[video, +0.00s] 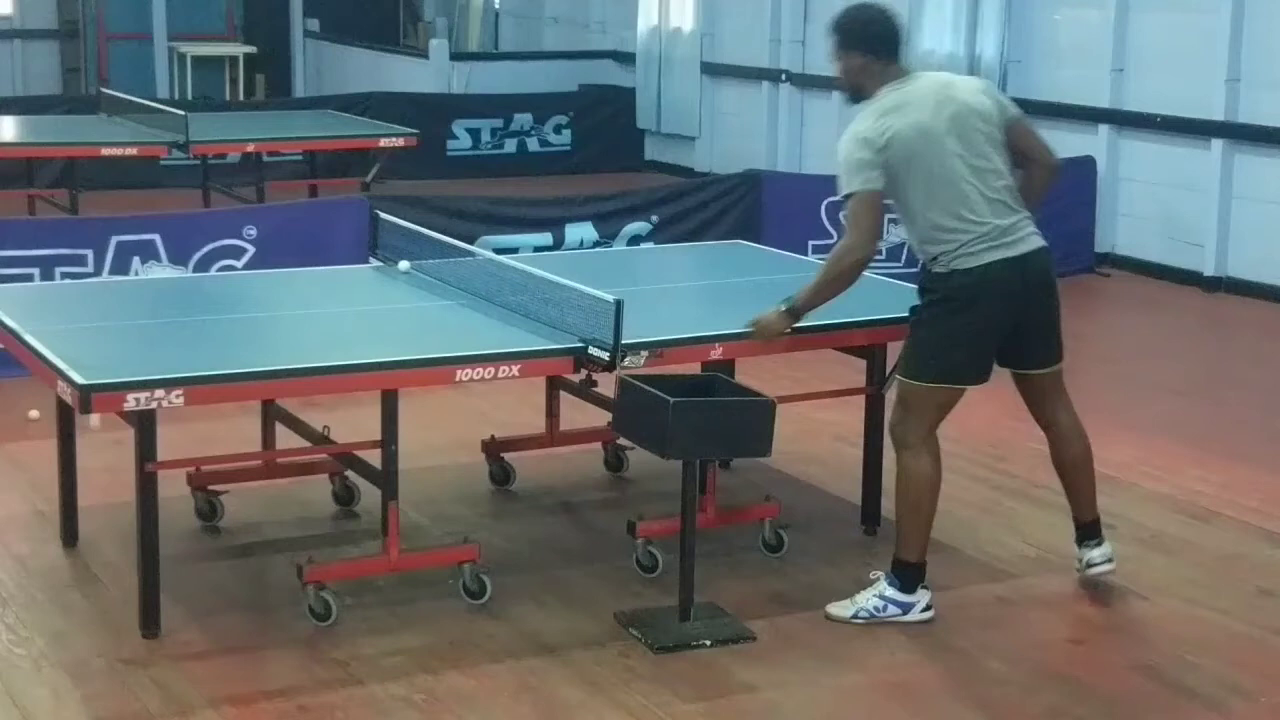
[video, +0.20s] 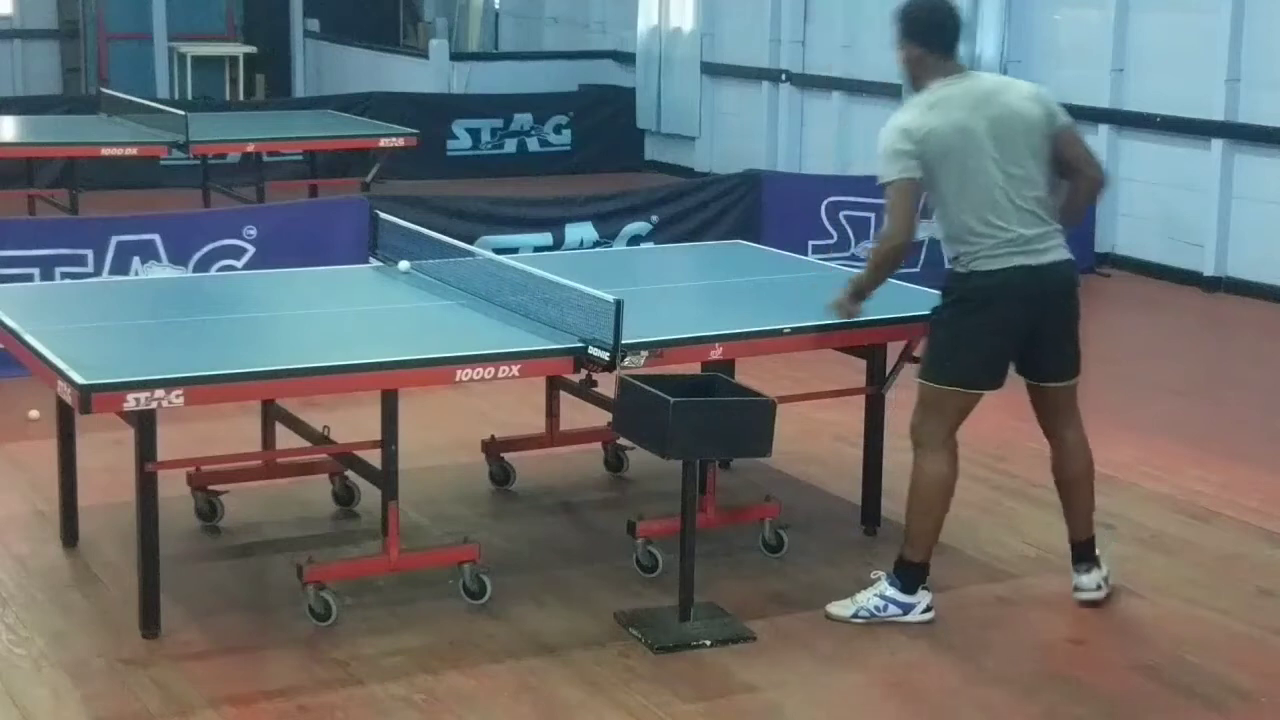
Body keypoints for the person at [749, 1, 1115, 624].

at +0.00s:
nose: (837, 72)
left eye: (839, 61)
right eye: (837, 61)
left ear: (858, 59)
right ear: (894, 52)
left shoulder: (868, 131)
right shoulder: (970, 89)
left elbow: (859, 246)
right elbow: (1043, 164)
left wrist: (791, 312)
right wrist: (1000, 220)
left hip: (962, 288)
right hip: (1031, 272)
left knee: (912, 427)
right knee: (1055, 408)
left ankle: (905, 586)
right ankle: (1093, 544)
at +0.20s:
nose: (899, 59)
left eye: (900, 49)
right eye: (903, 48)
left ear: (911, 52)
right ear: (956, 46)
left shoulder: (911, 125)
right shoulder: (1026, 96)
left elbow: (898, 237)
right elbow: (1089, 175)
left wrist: (855, 292)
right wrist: (1048, 235)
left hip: (981, 294)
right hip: (1052, 285)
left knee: (933, 431)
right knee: (1065, 426)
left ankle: (907, 585)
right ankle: (1088, 567)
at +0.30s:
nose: (948, 57)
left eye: (948, 48)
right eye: (955, 46)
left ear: (953, 51)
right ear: (1003, 45)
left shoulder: (943, 124)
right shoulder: (1063, 104)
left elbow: (931, 237)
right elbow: (1124, 185)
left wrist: (907, 285)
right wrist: (1081, 236)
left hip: (1001, 298)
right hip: (1074, 293)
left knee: (945, 431)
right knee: (1082, 425)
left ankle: (910, 582)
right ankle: (1094, 572)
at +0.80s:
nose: (983, 120)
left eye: (983, 114)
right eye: (987, 115)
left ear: (989, 110)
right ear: (1040, 101)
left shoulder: (975, 153)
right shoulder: (1096, 139)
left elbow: (955, 253)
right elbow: (1117, 230)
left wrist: (973, 217)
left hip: (1023, 303)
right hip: (1102, 303)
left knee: (991, 409)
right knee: (1106, 429)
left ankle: (966, 531)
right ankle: (1093, 570)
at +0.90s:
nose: (972, 146)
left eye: (971, 139)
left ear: (976, 135)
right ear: (1027, 126)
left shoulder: (964, 171)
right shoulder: (1081, 159)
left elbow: (940, 269)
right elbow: (1102, 242)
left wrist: (956, 234)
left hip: (1013, 311)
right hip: (1090, 313)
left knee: (981, 408)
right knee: (1098, 432)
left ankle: (964, 531)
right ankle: (1091, 567)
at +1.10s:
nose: (952, 169)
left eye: (950, 163)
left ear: (954, 159)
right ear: (1003, 148)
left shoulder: (945, 185)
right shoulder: (1056, 170)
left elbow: (925, 285)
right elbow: (1080, 255)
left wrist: (927, 277)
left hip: (992, 311)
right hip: (1071, 311)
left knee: (972, 402)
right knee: (1090, 425)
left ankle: (964, 531)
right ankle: (1091, 556)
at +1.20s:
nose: (951, 164)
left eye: (950, 157)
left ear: (953, 154)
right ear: (1002, 145)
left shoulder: (943, 181)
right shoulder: (1054, 166)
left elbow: (920, 283)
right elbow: (1081, 258)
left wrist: (920, 278)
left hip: (988, 307)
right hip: (1067, 305)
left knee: (970, 401)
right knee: (1095, 423)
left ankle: (964, 531)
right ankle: (1100, 556)